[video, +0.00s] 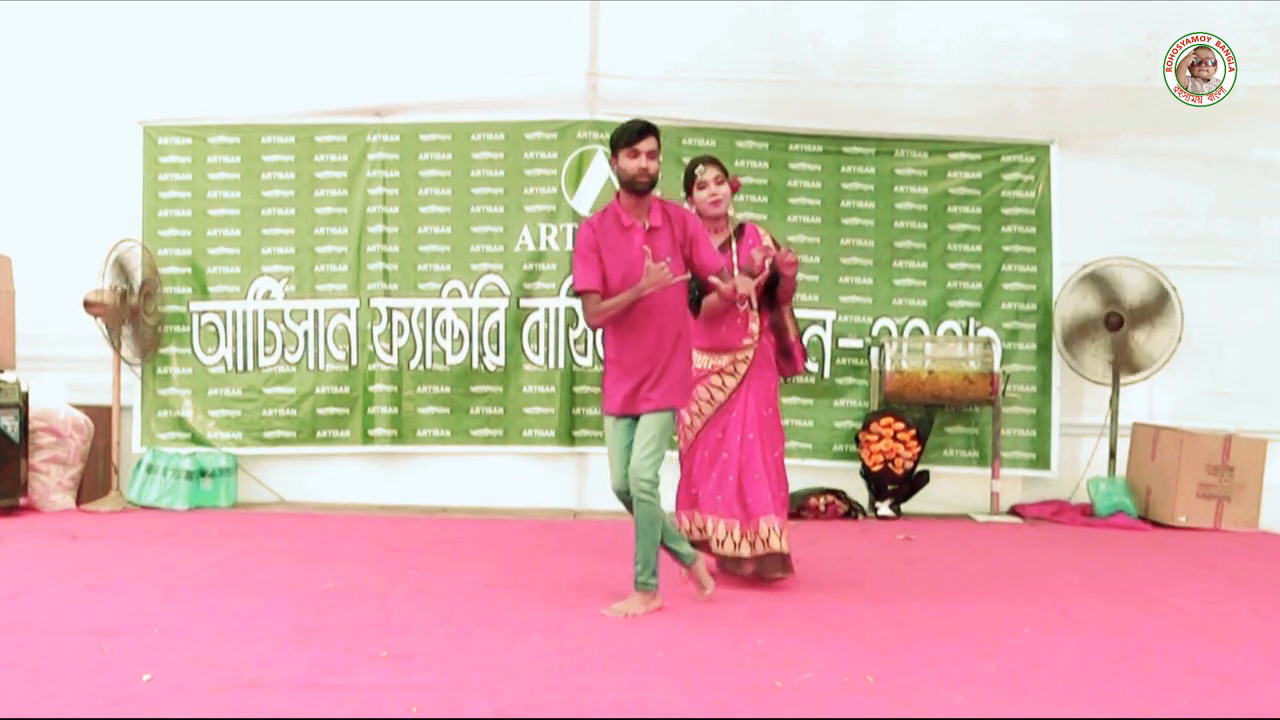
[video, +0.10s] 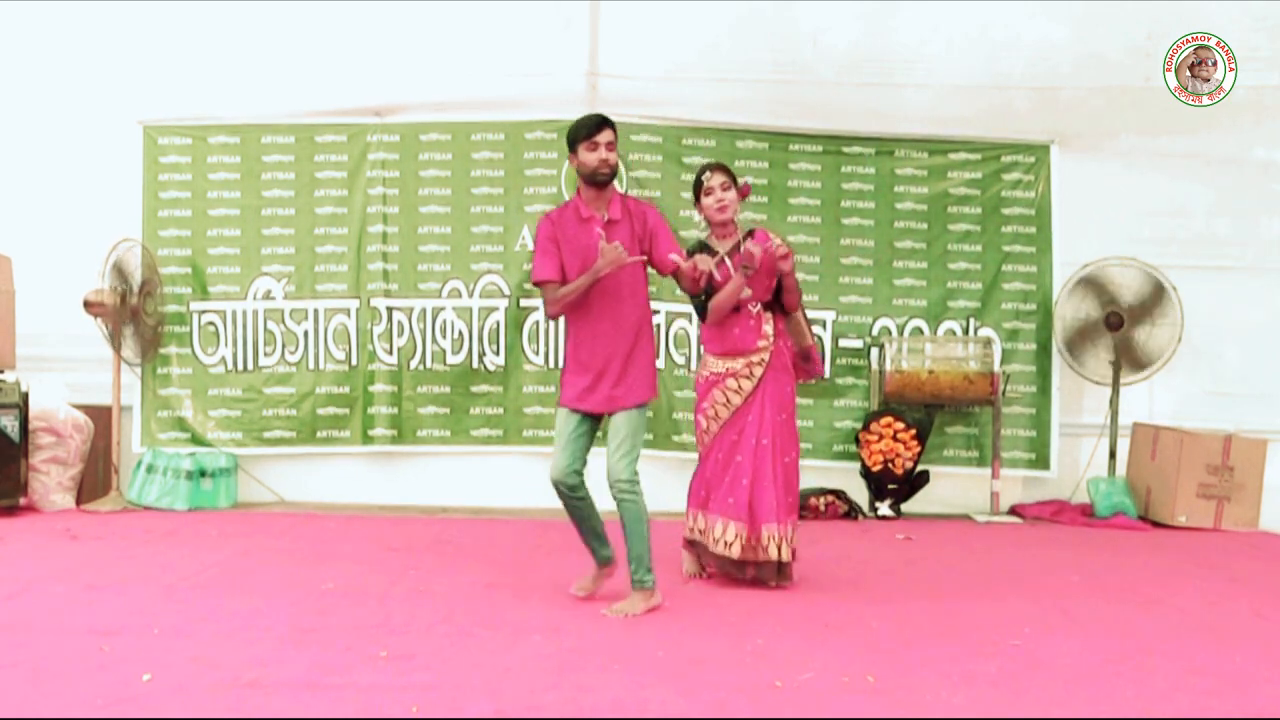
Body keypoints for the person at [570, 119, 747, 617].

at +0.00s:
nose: (645, 163)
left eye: (652, 155)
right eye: (634, 155)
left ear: (660, 162)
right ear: (615, 162)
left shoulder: (679, 219)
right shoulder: (594, 229)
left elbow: (719, 275)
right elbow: (593, 314)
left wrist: (735, 282)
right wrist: (640, 287)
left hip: (669, 368)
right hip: (621, 371)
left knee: (642, 477)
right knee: (622, 484)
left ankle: (646, 591)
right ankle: (690, 557)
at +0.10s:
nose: (606, 155)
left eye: (611, 147)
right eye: (595, 148)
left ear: (619, 155)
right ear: (574, 158)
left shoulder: (642, 215)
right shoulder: (554, 224)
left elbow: (685, 280)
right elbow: (553, 304)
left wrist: (692, 267)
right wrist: (598, 270)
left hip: (632, 369)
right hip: (582, 371)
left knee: (621, 476)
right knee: (564, 474)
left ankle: (644, 588)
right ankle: (604, 560)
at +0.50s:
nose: (478, 154)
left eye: (483, 145)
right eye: (467, 147)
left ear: (491, 152)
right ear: (446, 159)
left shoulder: (518, 217)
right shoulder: (430, 228)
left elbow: (553, 270)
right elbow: (438, 309)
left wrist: (556, 277)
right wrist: (472, 279)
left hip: (497, 367)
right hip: (451, 368)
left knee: (458, 475)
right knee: (443, 478)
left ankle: (445, 581)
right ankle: (511, 548)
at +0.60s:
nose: (455, 156)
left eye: (459, 147)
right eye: (444, 150)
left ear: (468, 154)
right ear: (424, 161)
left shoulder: (497, 215)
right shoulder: (409, 228)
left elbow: (543, 279)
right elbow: (416, 309)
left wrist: (538, 269)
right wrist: (448, 274)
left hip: (478, 367)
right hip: (430, 368)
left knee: (447, 474)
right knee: (413, 475)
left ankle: (443, 580)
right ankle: (462, 531)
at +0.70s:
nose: (434, 149)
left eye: (438, 139)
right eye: (422, 143)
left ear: (446, 142)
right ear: (402, 153)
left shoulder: (477, 199)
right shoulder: (391, 218)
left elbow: (534, 255)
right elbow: (397, 296)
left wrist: (514, 241)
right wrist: (424, 255)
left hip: (464, 357)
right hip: (416, 358)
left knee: (440, 465)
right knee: (393, 461)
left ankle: (444, 579)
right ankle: (421, 546)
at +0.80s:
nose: (412, 143)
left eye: (417, 132)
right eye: (400, 138)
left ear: (427, 134)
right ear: (383, 148)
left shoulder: (461, 187)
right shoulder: (378, 207)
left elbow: (522, 238)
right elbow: (384, 284)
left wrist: (501, 211)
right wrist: (405, 234)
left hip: (450, 344)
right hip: (402, 345)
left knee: (422, 454)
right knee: (391, 456)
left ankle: (426, 566)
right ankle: (403, 553)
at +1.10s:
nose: (355, 163)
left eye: (360, 152)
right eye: (342, 159)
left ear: (373, 155)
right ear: (330, 172)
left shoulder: (415, 207)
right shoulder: (330, 234)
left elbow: (467, 265)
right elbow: (343, 319)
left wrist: (436, 252)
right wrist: (346, 283)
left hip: (405, 367)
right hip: (355, 367)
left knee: (367, 473)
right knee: (329, 469)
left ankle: (349, 580)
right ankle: (363, 540)